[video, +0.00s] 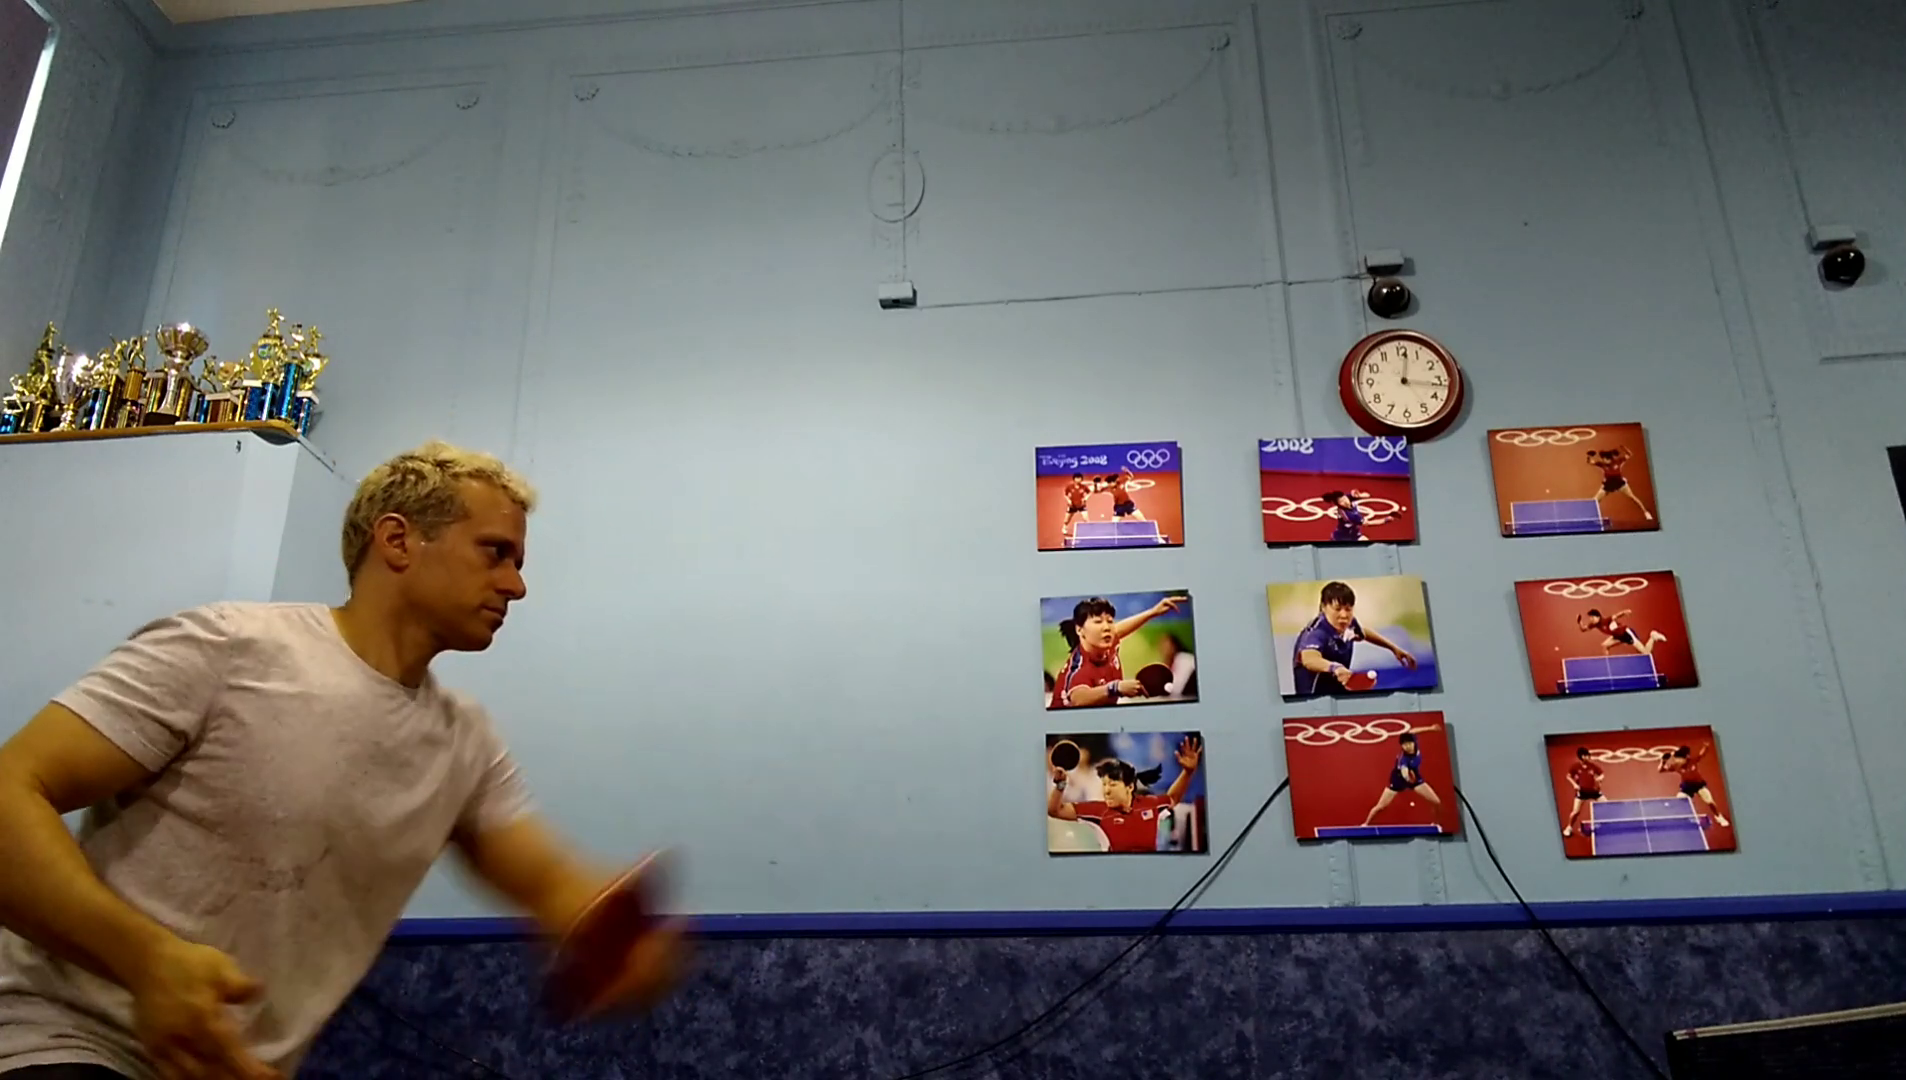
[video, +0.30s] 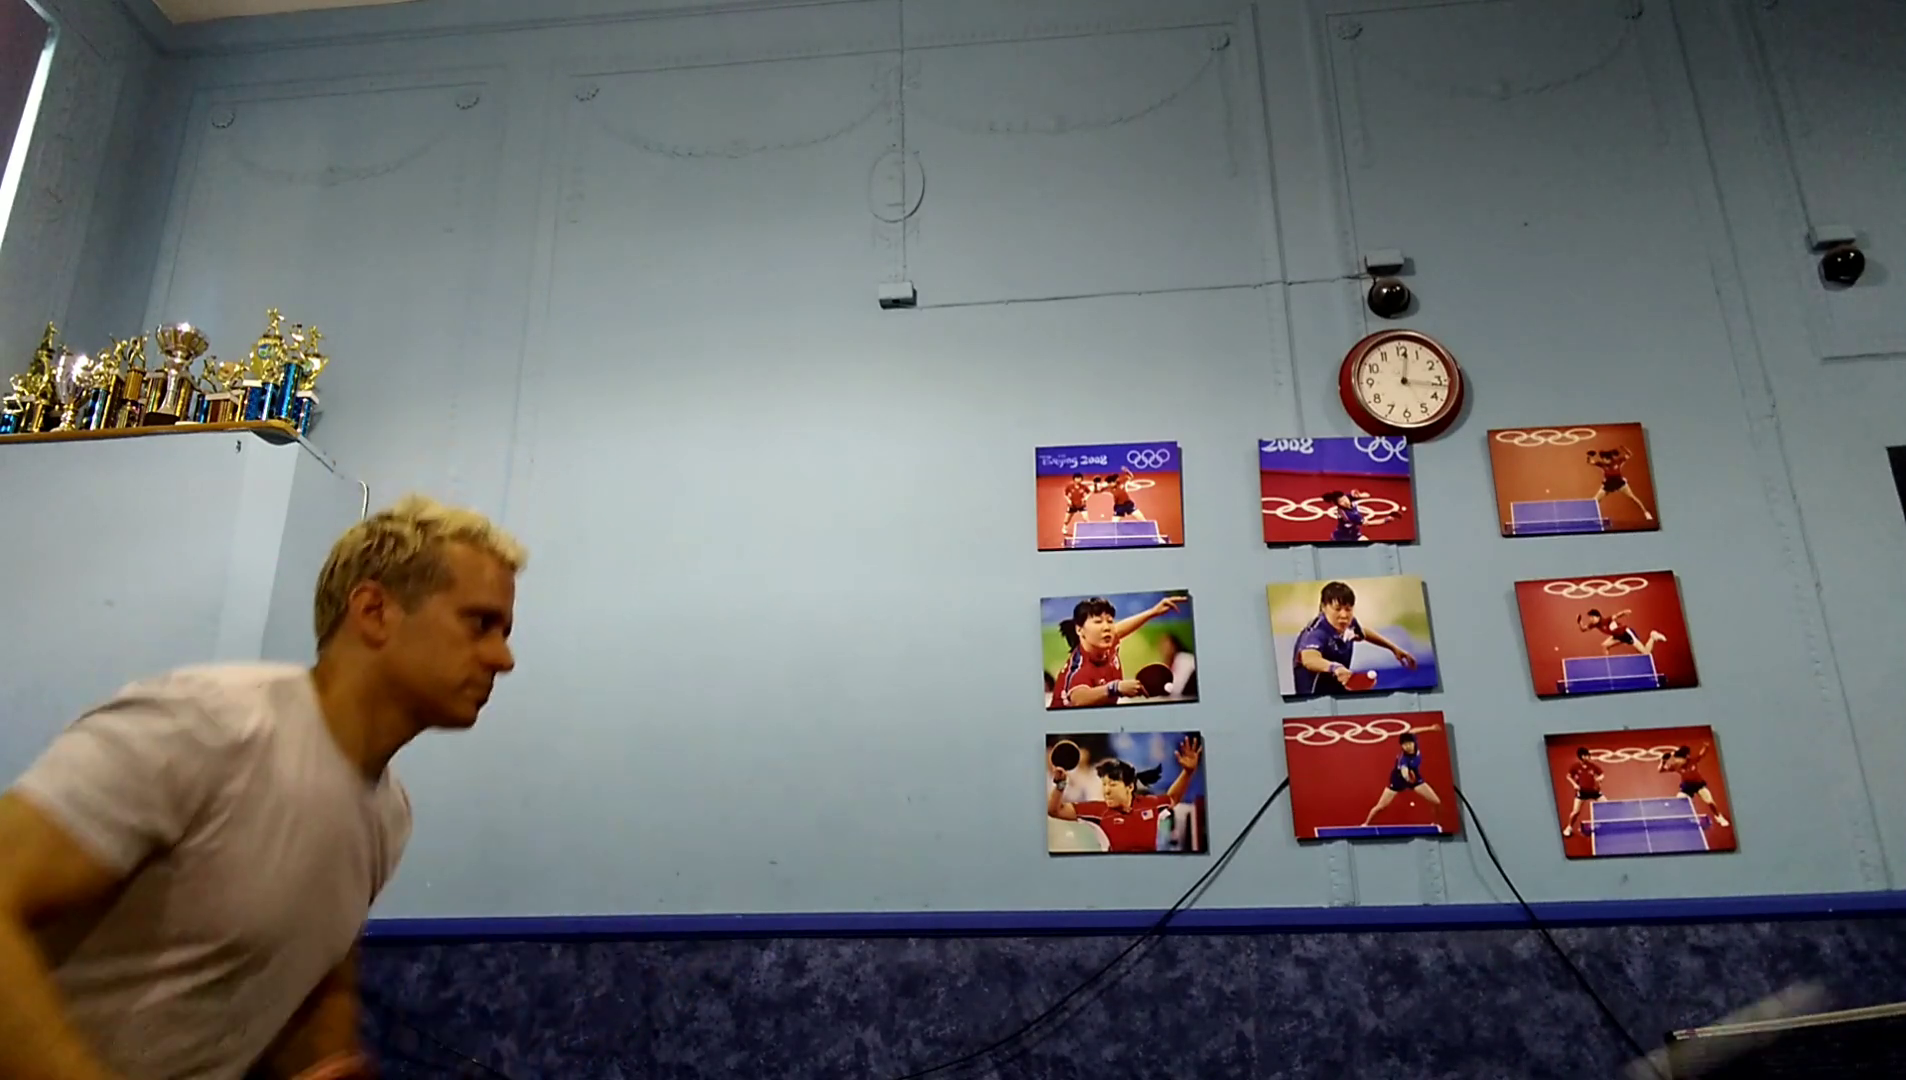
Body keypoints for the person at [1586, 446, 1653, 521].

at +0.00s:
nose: (1605, 461)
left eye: (1606, 459)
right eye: (1604, 460)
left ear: (1610, 458)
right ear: (1603, 459)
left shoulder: (1618, 462)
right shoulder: (1602, 464)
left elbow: (1629, 456)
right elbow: (1590, 463)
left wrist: (1624, 449)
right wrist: (1589, 456)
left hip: (1620, 482)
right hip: (1608, 483)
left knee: (1632, 497)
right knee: (1596, 499)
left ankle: (1645, 512)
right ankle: (1591, 519)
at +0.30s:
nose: (1605, 461)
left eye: (1606, 459)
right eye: (1603, 459)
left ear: (1609, 458)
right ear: (1602, 459)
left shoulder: (1618, 462)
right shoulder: (1602, 464)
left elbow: (1629, 456)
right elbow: (1590, 463)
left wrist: (1624, 449)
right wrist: (1589, 456)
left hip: (1620, 482)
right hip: (1608, 483)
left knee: (1632, 497)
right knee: (1595, 499)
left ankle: (1645, 512)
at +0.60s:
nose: (1605, 461)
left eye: (1606, 459)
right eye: (1603, 460)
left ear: (1610, 458)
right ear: (1603, 459)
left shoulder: (1618, 462)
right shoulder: (1602, 464)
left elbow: (1629, 456)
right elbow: (1590, 463)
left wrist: (1624, 448)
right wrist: (1589, 457)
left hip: (1620, 482)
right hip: (1608, 483)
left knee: (1632, 497)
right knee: (1596, 499)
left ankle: (1645, 512)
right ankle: (1590, 518)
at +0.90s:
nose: (1605, 461)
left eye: (1606, 459)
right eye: (1604, 459)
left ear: (1610, 458)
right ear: (1603, 459)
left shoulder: (1618, 462)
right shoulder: (1602, 464)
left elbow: (1629, 456)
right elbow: (1590, 463)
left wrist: (1624, 448)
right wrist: (1589, 457)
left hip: (1620, 482)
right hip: (1608, 483)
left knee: (1632, 497)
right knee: (1595, 499)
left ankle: (1645, 512)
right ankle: (1590, 518)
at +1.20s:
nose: (1605, 461)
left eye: (1606, 459)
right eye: (1603, 459)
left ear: (1609, 458)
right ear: (1602, 459)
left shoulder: (1618, 462)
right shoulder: (1602, 464)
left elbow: (1629, 456)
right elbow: (1590, 463)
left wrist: (1624, 449)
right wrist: (1589, 456)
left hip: (1620, 482)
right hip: (1608, 483)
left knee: (1632, 497)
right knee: (1595, 499)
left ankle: (1645, 512)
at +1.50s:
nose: (1605, 461)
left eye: (1606, 459)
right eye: (1603, 459)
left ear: (1609, 458)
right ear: (1602, 459)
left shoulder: (1618, 462)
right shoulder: (1602, 464)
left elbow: (1629, 456)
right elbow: (1590, 463)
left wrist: (1624, 449)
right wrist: (1589, 457)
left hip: (1620, 482)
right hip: (1608, 483)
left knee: (1632, 497)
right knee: (1595, 499)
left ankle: (1645, 512)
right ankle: (1591, 519)